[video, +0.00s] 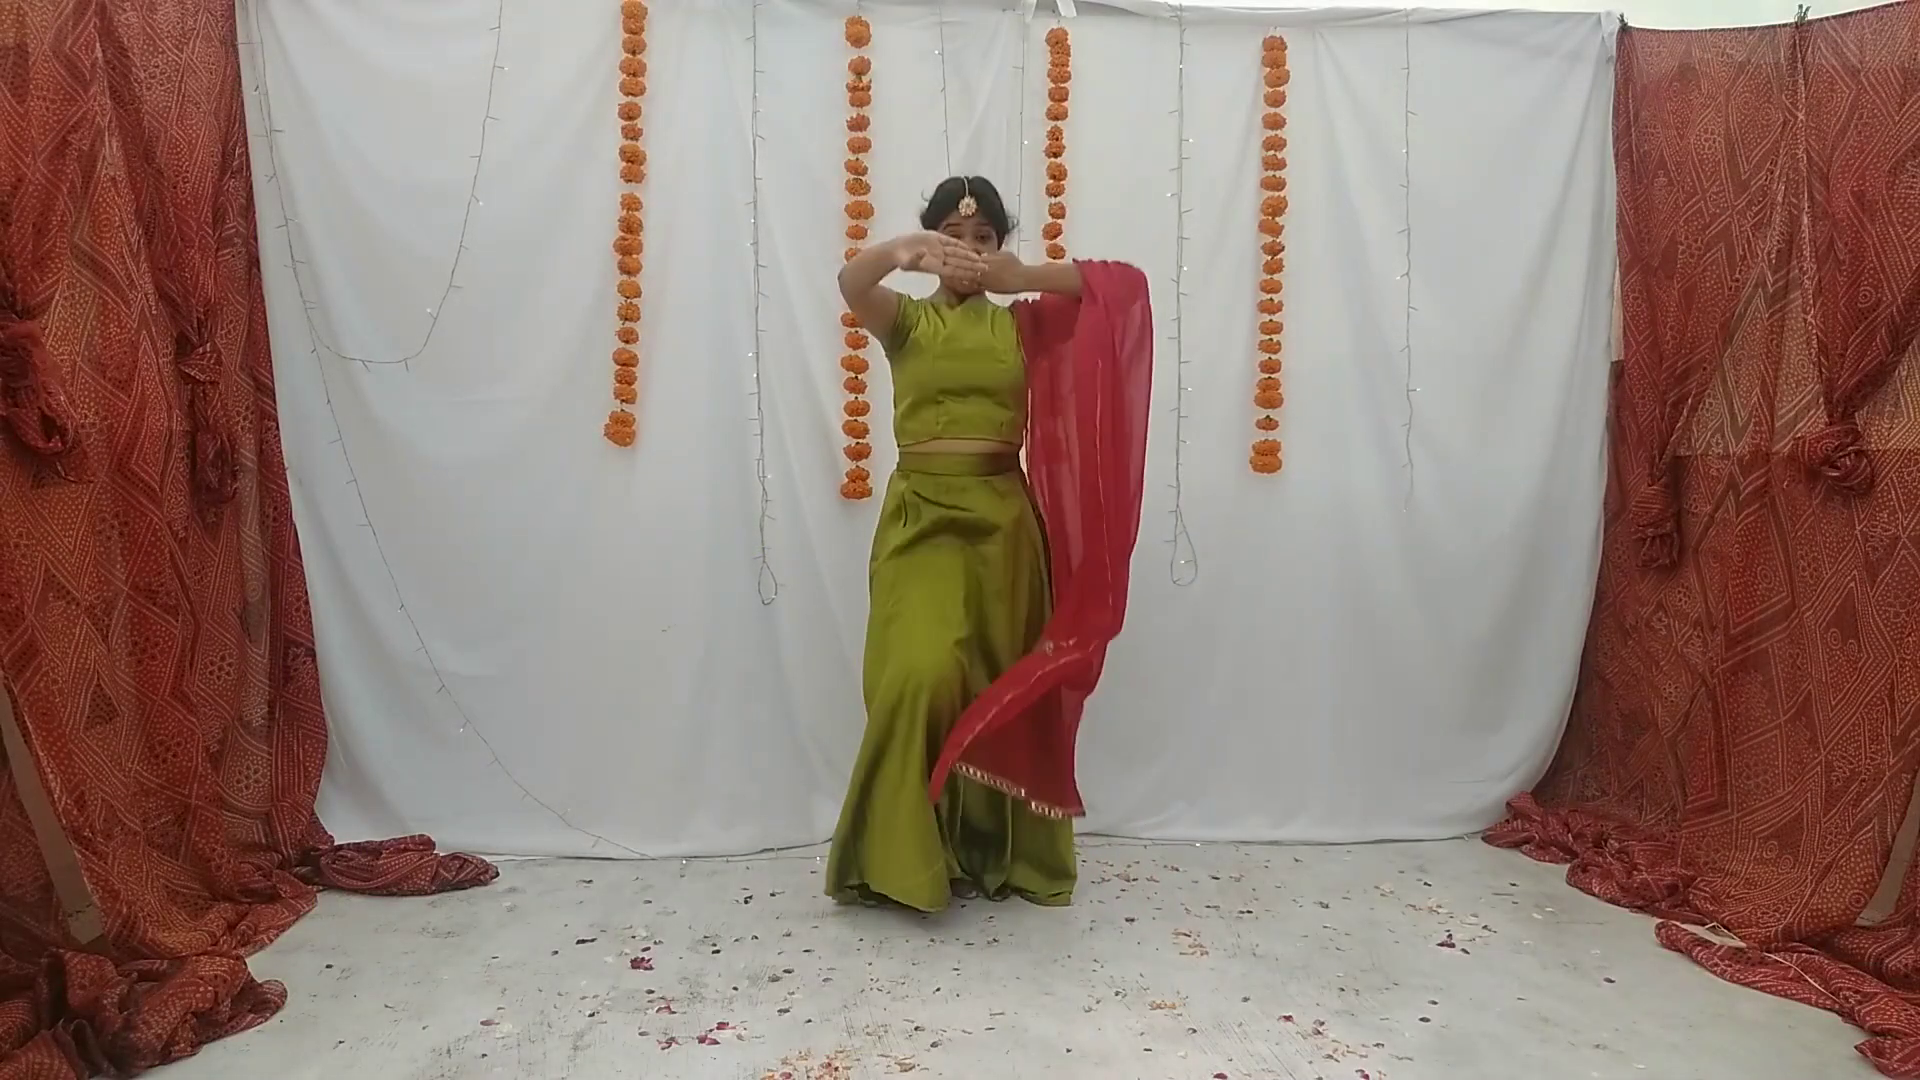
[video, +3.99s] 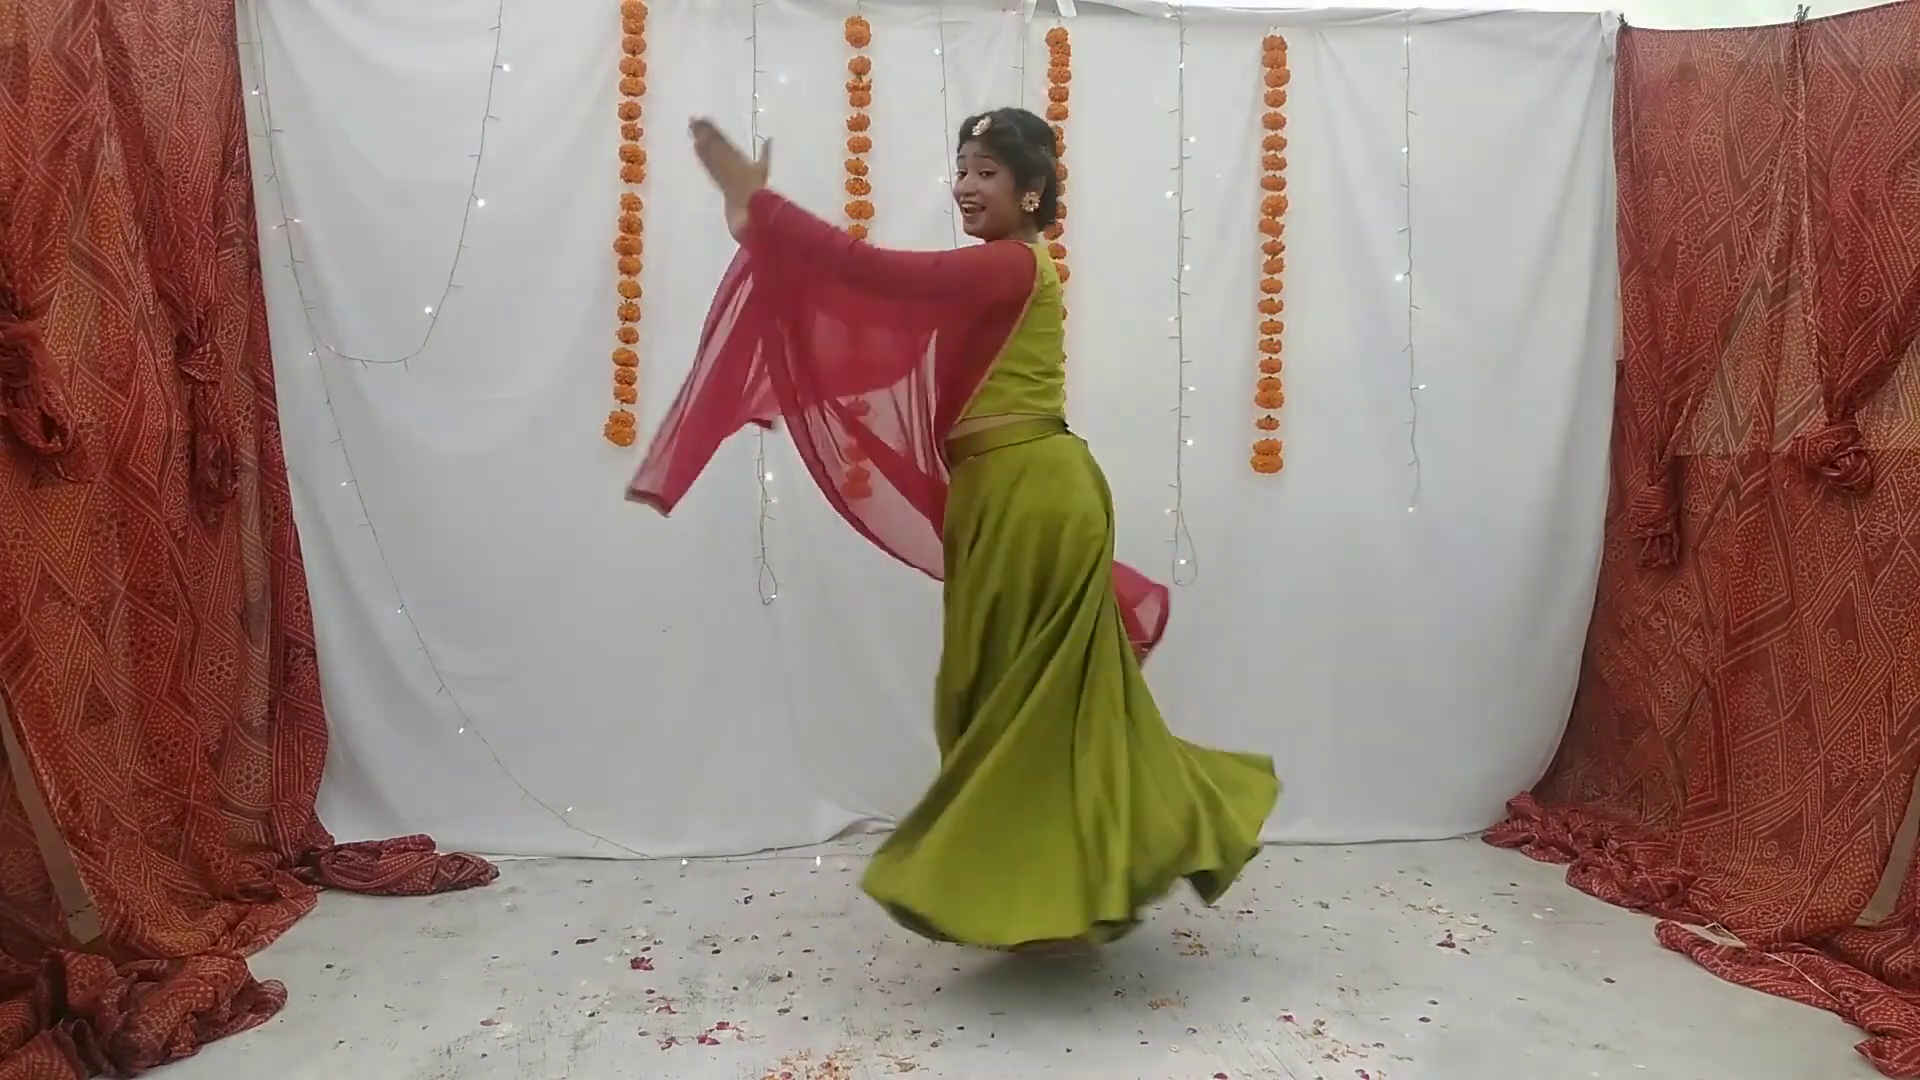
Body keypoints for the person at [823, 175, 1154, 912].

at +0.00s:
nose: (967, 243)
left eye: (981, 232)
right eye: (954, 231)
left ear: (1001, 246)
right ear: (932, 246)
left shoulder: (1023, 320)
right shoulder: (910, 320)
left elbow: (1116, 285)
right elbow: (854, 285)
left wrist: (1021, 274)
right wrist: (902, 247)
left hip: (1004, 511)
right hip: (920, 512)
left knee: (1010, 675)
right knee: (924, 670)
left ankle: (1000, 850)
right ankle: (903, 861)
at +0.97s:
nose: (943, 257)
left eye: (958, 245)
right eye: (932, 247)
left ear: (986, 254)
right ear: (917, 257)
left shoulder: (1010, 332)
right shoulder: (895, 337)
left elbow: (1074, 327)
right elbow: (813, 334)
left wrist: (978, 320)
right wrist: (903, 327)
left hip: (980, 530)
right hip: (897, 527)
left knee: (968, 657)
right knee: (886, 682)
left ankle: (991, 849)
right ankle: (892, 860)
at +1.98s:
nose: (993, 153)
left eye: (1010, 139)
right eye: (976, 136)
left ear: (1033, 151)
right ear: (952, 144)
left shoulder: (1052, 242)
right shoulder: (920, 231)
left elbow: (1136, 225)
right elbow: (857, 119)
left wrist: (1007, 228)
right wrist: (956, 95)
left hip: (1027, 462)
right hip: (938, 455)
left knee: (1007, 667)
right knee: (928, 666)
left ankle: (986, 874)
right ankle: (914, 909)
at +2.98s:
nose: (1006, 127)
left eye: (1022, 112)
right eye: (987, 114)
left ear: (1052, 130)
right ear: (960, 139)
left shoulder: (1096, 234)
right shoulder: (941, 252)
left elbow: (1193, 309)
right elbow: (845, 369)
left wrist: (1108, 223)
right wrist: (904, 265)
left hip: (1086, 495)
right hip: (972, 492)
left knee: (1085, 732)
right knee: (969, 730)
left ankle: (1086, 984)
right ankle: (965, 975)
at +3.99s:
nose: (965, 189)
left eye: (985, 175)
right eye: (962, 173)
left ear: (1033, 187)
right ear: (970, 179)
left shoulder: (1010, 266)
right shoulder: (1020, 268)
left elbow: (878, 270)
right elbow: (870, 311)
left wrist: (758, 201)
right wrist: (764, 240)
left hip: (1020, 492)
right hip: (1050, 482)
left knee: (994, 691)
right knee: (1064, 683)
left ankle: (1041, 894)